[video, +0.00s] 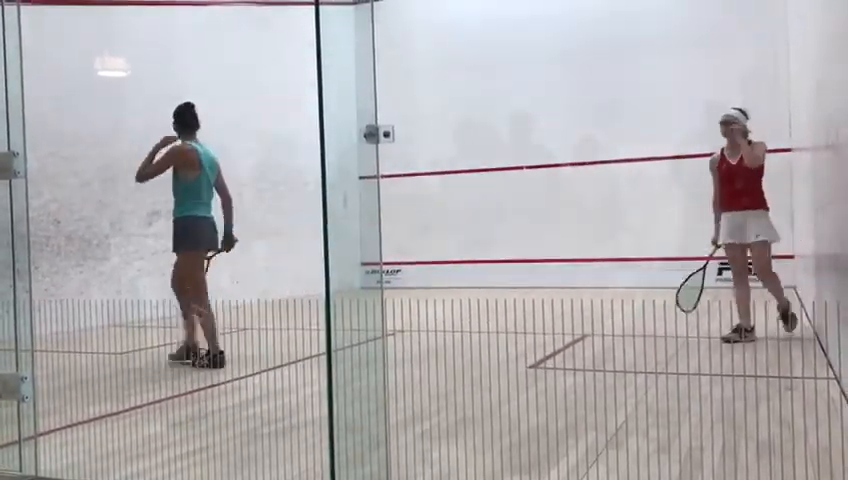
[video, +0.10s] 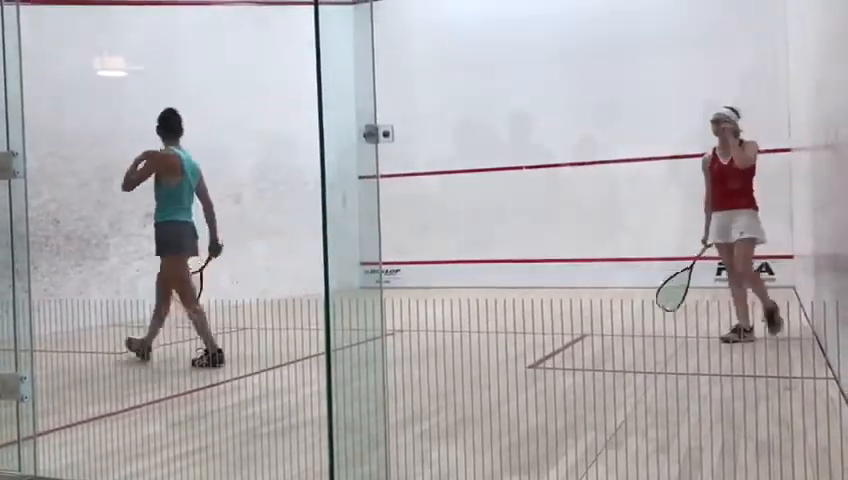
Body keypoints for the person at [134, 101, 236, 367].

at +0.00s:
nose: (175, 129)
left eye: (175, 125)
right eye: (178, 125)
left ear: (176, 126)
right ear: (197, 125)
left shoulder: (180, 151)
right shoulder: (208, 156)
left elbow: (142, 176)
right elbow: (226, 198)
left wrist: (158, 146)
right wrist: (229, 231)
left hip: (188, 228)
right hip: (207, 228)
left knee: (197, 292)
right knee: (179, 282)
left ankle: (214, 351)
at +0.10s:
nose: (159, 134)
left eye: (159, 130)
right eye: (166, 130)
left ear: (159, 132)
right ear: (181, 131)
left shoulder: (159, 159)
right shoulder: (191, 164)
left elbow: (127, 185)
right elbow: (207, 204)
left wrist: (137, 159)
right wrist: (215, 239)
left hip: (168, 232)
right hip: (187, 232)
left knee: (188, 296)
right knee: (164, 287)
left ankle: (213, 350)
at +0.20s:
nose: (144, 138)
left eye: (144, 134)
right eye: (149, 133)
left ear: (144, 135)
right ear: (166, 136)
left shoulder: (142, 162)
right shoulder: (173, 166)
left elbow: (116, 194)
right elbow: (185, 209)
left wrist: (125, 180)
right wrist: (194, 244)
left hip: (147, 236)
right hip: (166, 235)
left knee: (159, 299)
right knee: (140, 288)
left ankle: (199, 340)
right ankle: (134, 346)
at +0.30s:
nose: (131, 136)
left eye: (130, 133)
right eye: (141, 133)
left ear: (130, 134)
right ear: (152, 135)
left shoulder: (125, 159)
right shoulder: (158, 166)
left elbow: (104, 192)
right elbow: (164, 209)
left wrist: (99, 209)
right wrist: (172, 243)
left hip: (129, 237)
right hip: (149, 236)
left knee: (119, 297)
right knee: (130, 293)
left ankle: (165, 327)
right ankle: (132, 345)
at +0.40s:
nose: (122, 133)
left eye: (118, 128)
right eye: (134, 130)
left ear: (116, 130)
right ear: (138, 132)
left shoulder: (107, 155)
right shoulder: (144, 163)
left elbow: (90, 189)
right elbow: (150, 206)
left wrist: (79, 220)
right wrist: (151, 239)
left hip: (109, 230)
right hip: (135, 231)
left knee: (91, 289)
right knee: (127, 288)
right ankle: (132, 344)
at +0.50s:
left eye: (104, 128)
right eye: (123, 130)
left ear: (102, 129)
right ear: (124, 132)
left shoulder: (89, 154)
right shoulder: (131, 161)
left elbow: (75, 190)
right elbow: (136, 202)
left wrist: (64, 222)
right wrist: (134, 231)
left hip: (91, 229)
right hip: (120, 230)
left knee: (70, 287)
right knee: (121, 288)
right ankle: (132, 344)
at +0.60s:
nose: (114, 138)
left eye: (114, 133)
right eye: (112, 132)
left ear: (88, 132)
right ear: (104, 132)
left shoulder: (68, 155)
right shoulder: (113, 163)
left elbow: (56, 190)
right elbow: (119, 206)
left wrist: (46, 220)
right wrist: (115, 232)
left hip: (71, 230)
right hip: (102, 230)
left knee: (50, 291)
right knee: (113, 290)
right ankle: (129, 343)